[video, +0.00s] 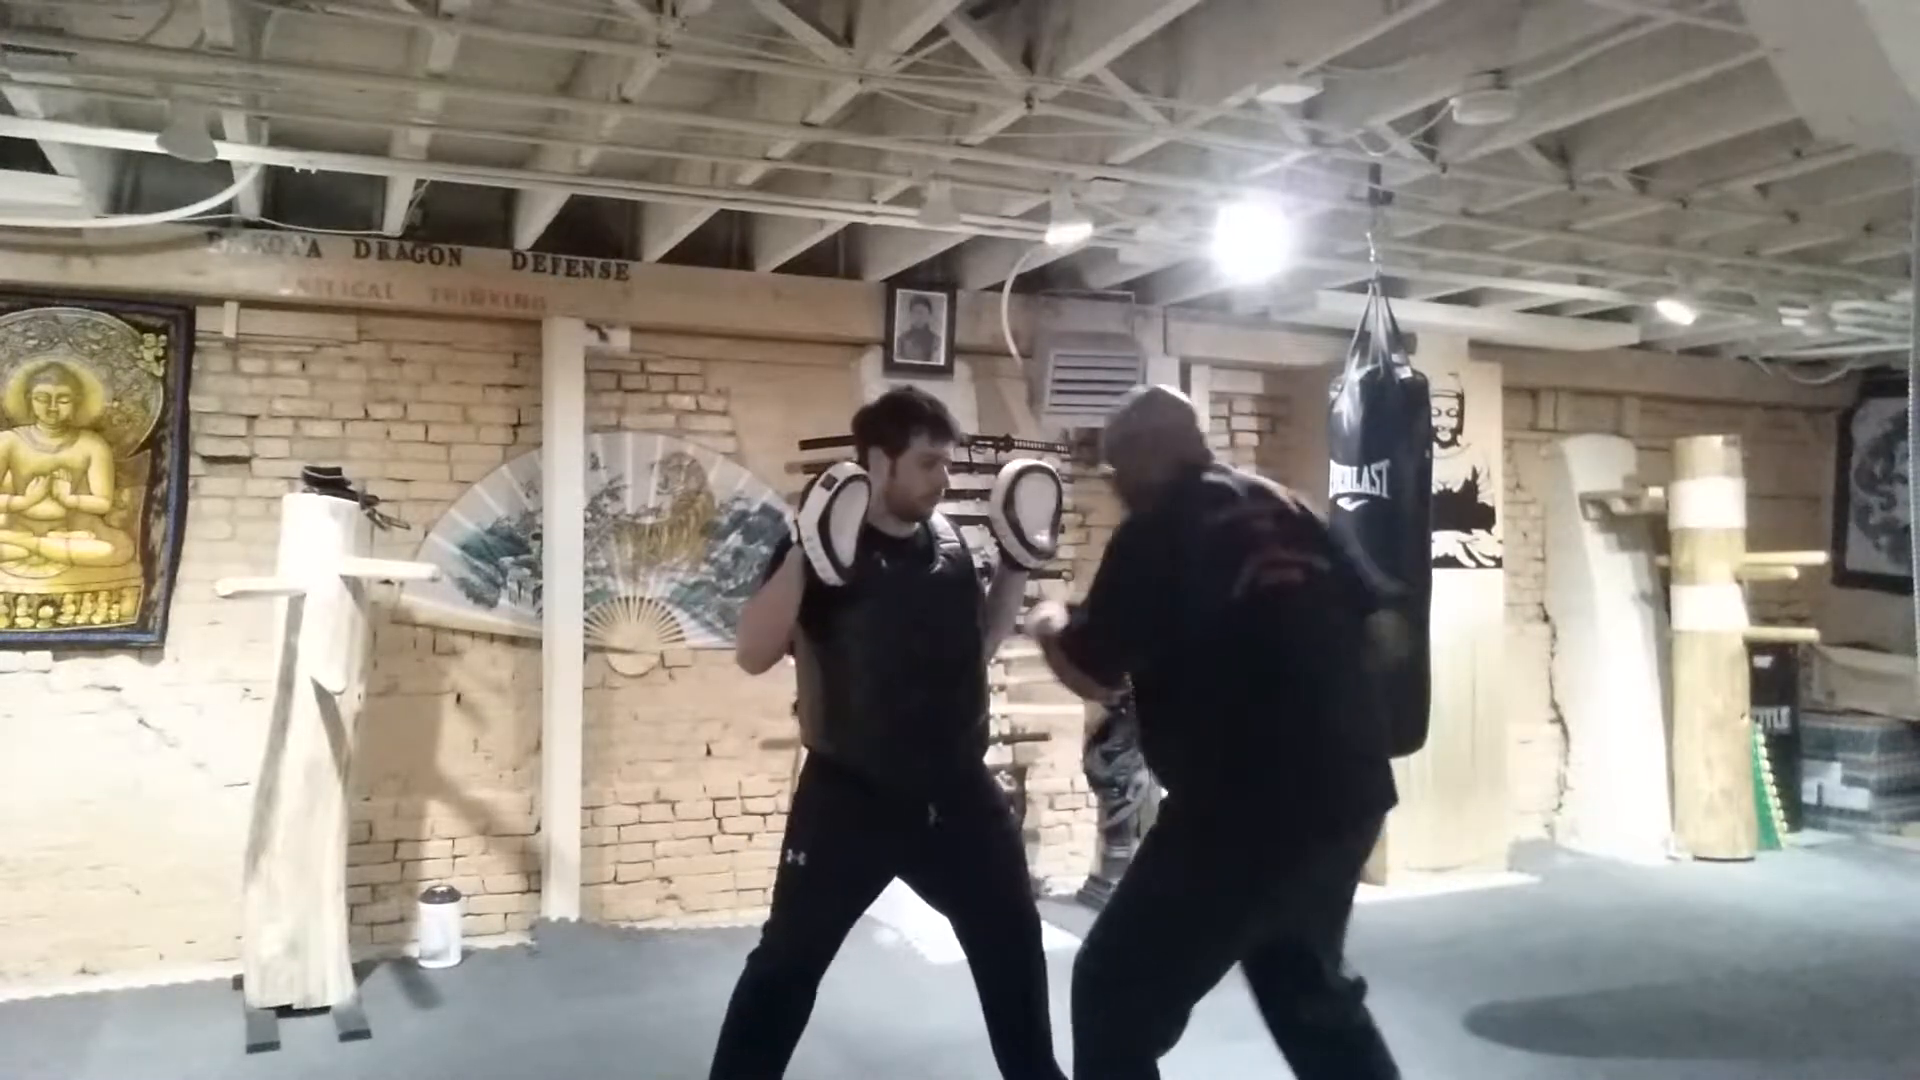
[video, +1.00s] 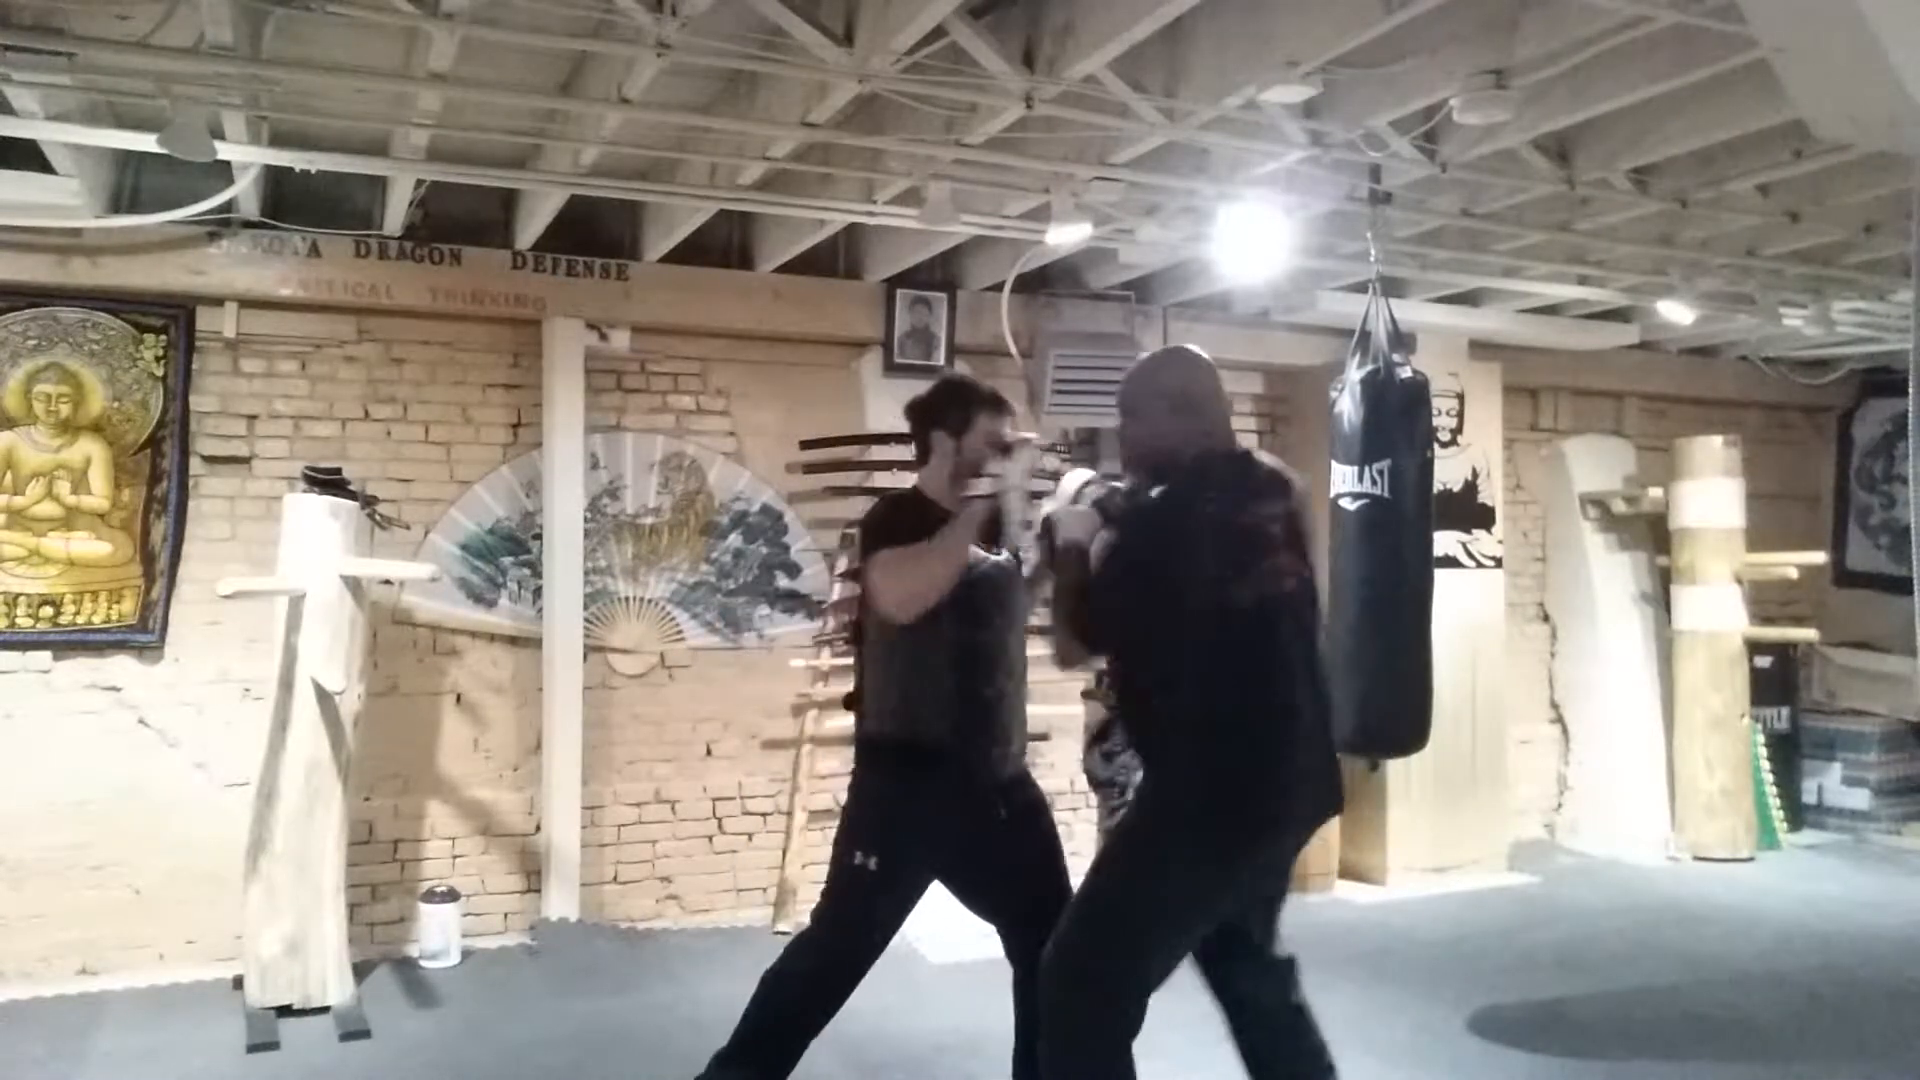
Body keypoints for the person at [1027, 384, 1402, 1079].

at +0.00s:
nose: (1115, 478)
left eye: (1119, 459)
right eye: (1112, 462)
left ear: (1150, 453)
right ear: (1195, 444)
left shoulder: (1156, 530)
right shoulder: (1286, 506)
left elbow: (1094, 667)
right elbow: (1372, 599)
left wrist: (1050, 630)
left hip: (1234, 809)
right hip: (1344, 796)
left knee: (1114, 987)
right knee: (1308, 988)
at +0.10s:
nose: (1078, 474)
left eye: (1084, 452)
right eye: (1074, 456)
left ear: (1134, 436)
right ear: (1151, 435)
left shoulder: (1171, 513)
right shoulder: (1218, 496)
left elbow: (1126, 669)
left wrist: (1075, 626)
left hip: (1243, 805)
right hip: (1311, 792)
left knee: (1115, 983)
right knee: (1290, 988)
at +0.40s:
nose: (1086, 458)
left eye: (1097, 441)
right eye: (1087, 442)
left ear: (1144, 440)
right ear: (1160, 438)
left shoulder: (1196, 518)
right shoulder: (1209, 511)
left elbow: (1161, 662)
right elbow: (1163, 677)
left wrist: (1081, 599)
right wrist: (1044, 681)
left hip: (1228, 803)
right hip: (1282, 791)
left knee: (1090, 985)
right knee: (1236, 967)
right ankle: (1296, 1078)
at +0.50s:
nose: (1129, 445)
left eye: (1138, 428)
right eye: (1129, 428)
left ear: (1167, 432)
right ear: (1216, 432)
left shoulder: (1155, 512)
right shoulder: (1274, 508)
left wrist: (1021, 551)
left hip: (1188, 810)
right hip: (1298, 799)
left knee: (1090, 1011)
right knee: (1267, 968)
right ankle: (1315, 1075)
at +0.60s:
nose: (1153, 437)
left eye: (1156, 426)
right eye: (1159, 427)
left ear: (1166, 431)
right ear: (1244, 427)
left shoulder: (1132, 501)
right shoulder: (1312, 509)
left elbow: (1013, 493)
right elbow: (1357, 611)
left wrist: (1051, 458)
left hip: (1171, 806)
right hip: (1297, 803)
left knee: (1118, 1014)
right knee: (1302, 982)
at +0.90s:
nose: (1139, 440)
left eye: (1143, 426)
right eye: (1142, 426)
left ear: (1158, 429)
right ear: (1234, 420)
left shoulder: (1140, 510)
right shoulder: (1315, 497)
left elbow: (1036, 578)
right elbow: (1381, 589)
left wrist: (1089, 503)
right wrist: (1293, 587)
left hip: (1191, 793)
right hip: (1304, 784)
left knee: (1089, 985)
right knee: (1284, 962)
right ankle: (1329, 1079)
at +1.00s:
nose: (1119, 431)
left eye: (1130, 414)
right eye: (1121, 415)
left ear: (1172, 417)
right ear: (1212, 414)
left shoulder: (1168, 515)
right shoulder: (1270, 491)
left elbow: (1088, 629)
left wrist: (1070, 553)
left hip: (1209, 793)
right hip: (1291, 778)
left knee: (1082, 979)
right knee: (1240, 951)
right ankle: (1304, 1074)